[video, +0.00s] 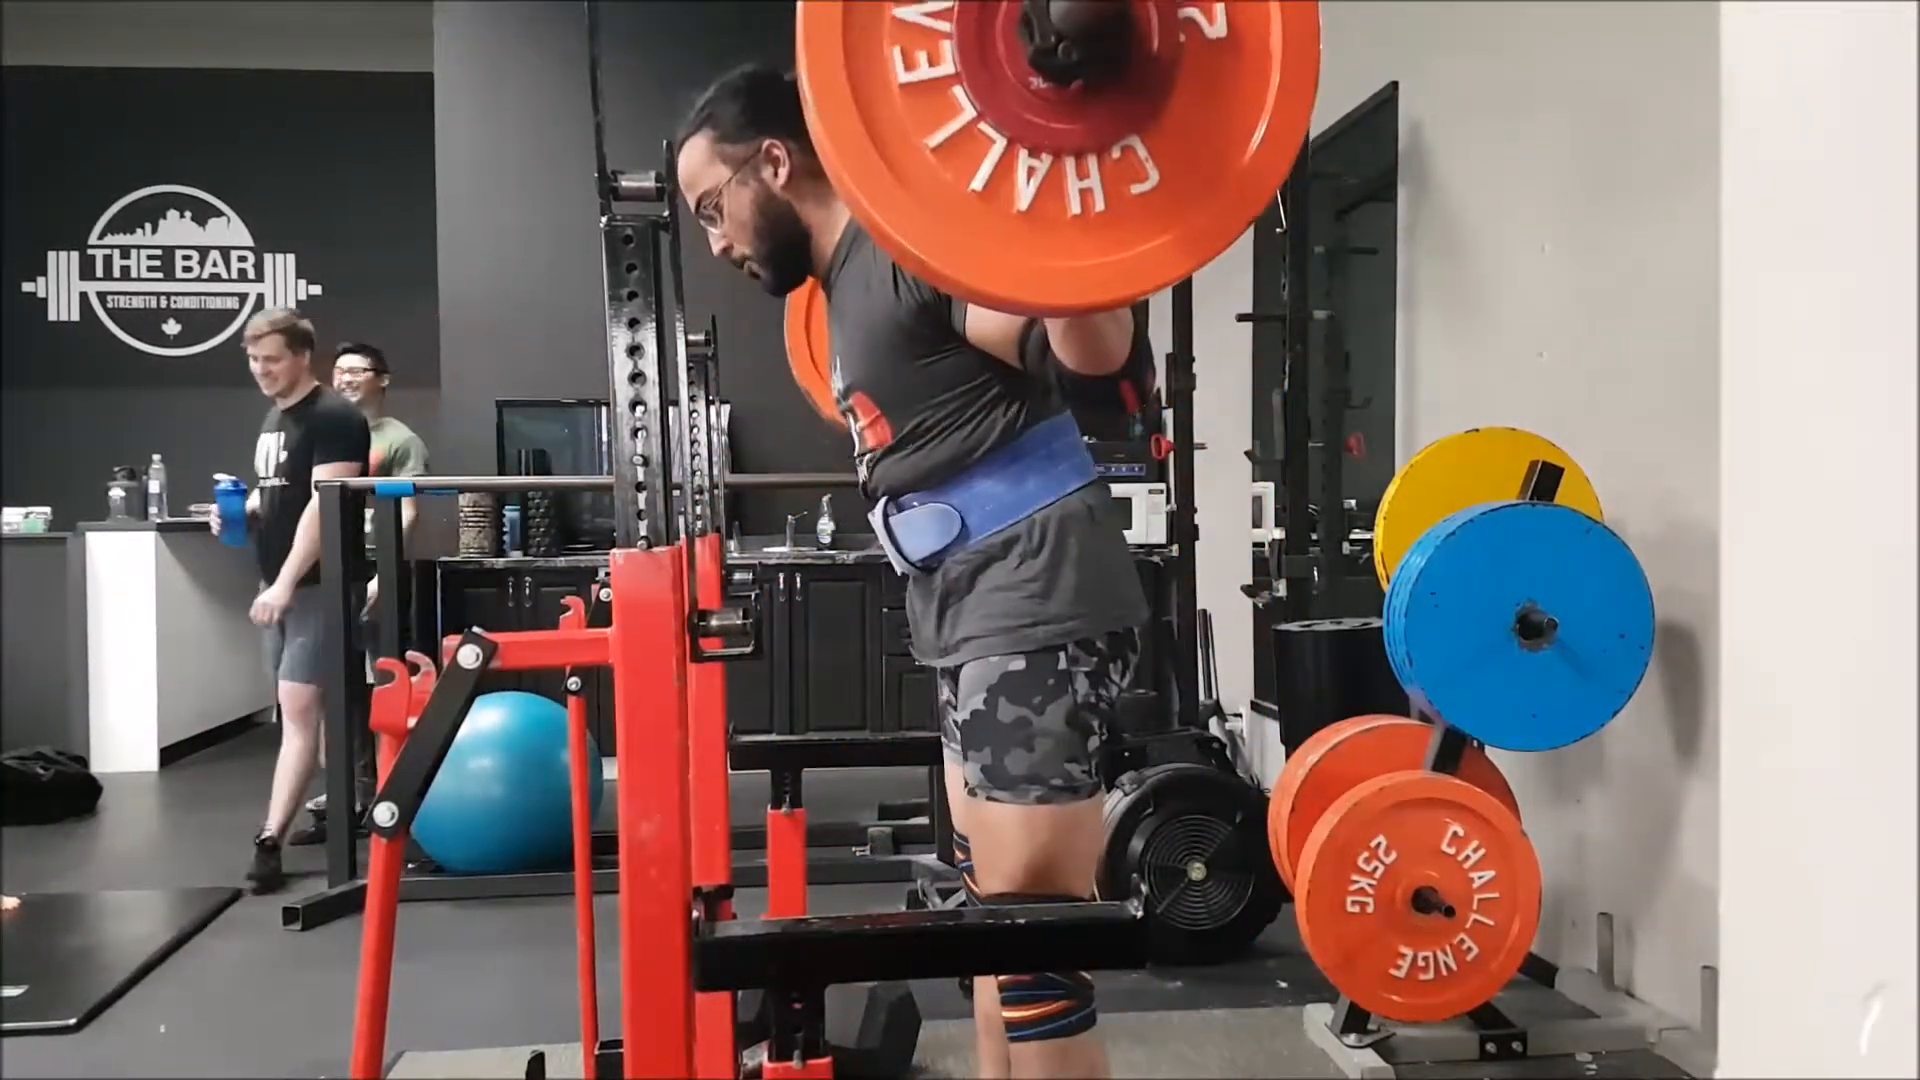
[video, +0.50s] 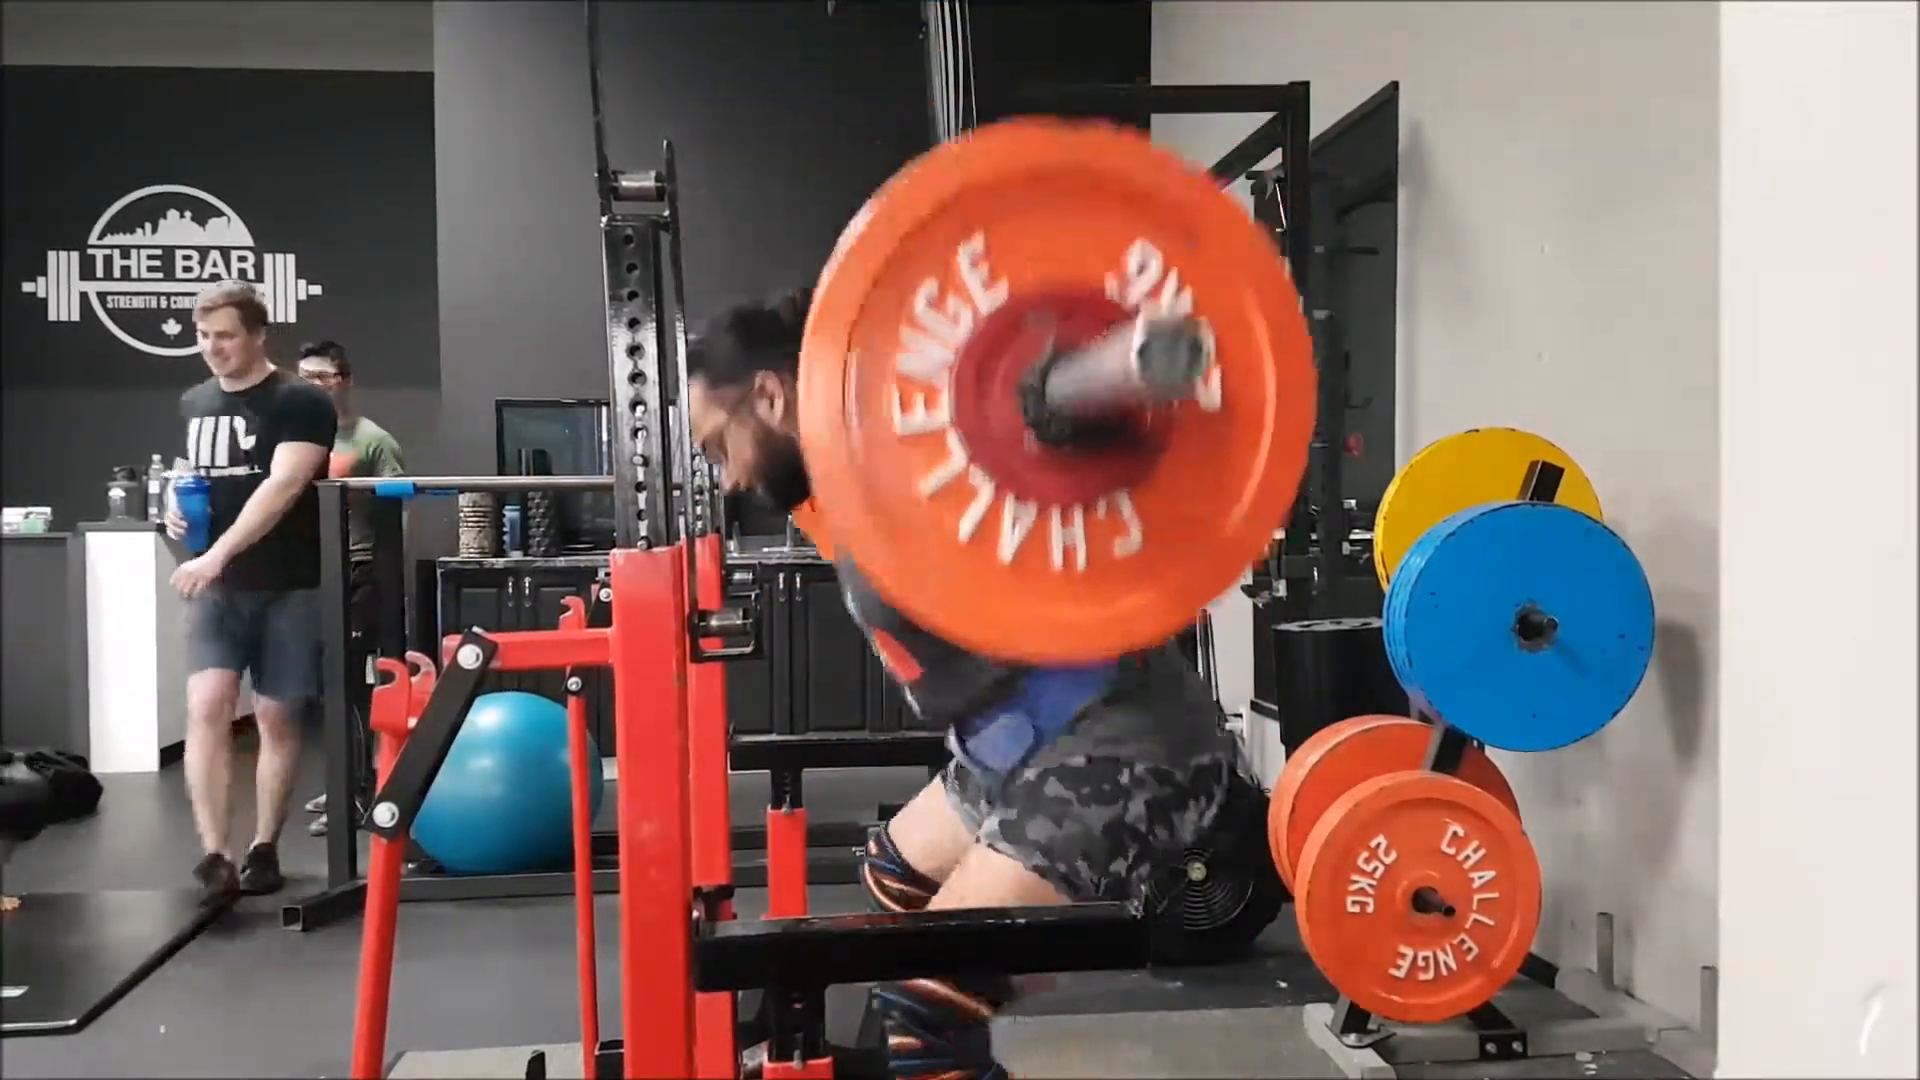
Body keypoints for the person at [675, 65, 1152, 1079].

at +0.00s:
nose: (715, 242)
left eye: (714, 207)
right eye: (701, 219)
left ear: (776, 162)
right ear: (774, 170)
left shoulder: (907, 240)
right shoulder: (844, 286)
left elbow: (1095, 346)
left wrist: (1098, 173)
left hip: (1037, 581)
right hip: (966, 597)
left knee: (1033, 933)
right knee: (990, 923)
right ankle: (1001, 1079)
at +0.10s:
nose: (714, 250)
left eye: (714, 213)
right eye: (699, 227)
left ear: (777, 167)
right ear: (773, 178)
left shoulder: (902, 245)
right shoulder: (843, 296)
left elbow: (1092, 358)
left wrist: (1097, 184)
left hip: (1048, 580)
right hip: (974, 598)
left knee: (1023, 936)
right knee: (983, 926)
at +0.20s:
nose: (715, 271)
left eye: (713, 234)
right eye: (701, 248)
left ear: (778, 188)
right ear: (776, 197)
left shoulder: (905, 277)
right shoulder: (835, 323)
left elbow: (1087, 391)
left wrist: (1089, 247)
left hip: (1071, 591)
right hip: (989, 614)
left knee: (1001, 945)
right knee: (956, 918)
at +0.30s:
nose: (715, 317)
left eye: (715, 282)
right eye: (704, 297)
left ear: (779, 234)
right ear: (777, 243)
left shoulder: (904, 315)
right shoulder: (827, 371)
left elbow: (1090, 435)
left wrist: (1093, 273)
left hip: (1092, 628)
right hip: (1013, 646)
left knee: (976, 952)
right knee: (932, 859)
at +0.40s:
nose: (719, 391)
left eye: (714, 359)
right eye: (705, 369)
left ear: (773, 310)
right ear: (769, 315)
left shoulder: (896, 369)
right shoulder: (821, 426)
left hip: (1114, 675)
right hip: (1014, 694)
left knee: (955, 986)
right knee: (911, 868)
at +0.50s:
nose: (726, 481)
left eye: (718, 447)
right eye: (710, 458)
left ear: (770, 396)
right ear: (771, 398)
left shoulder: (911, 455)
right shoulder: (847, 494)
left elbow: (1019, 397)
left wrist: (1130, 363)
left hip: (1121, 748)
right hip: (1018, 742)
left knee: (919, 1019)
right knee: (893, 875)